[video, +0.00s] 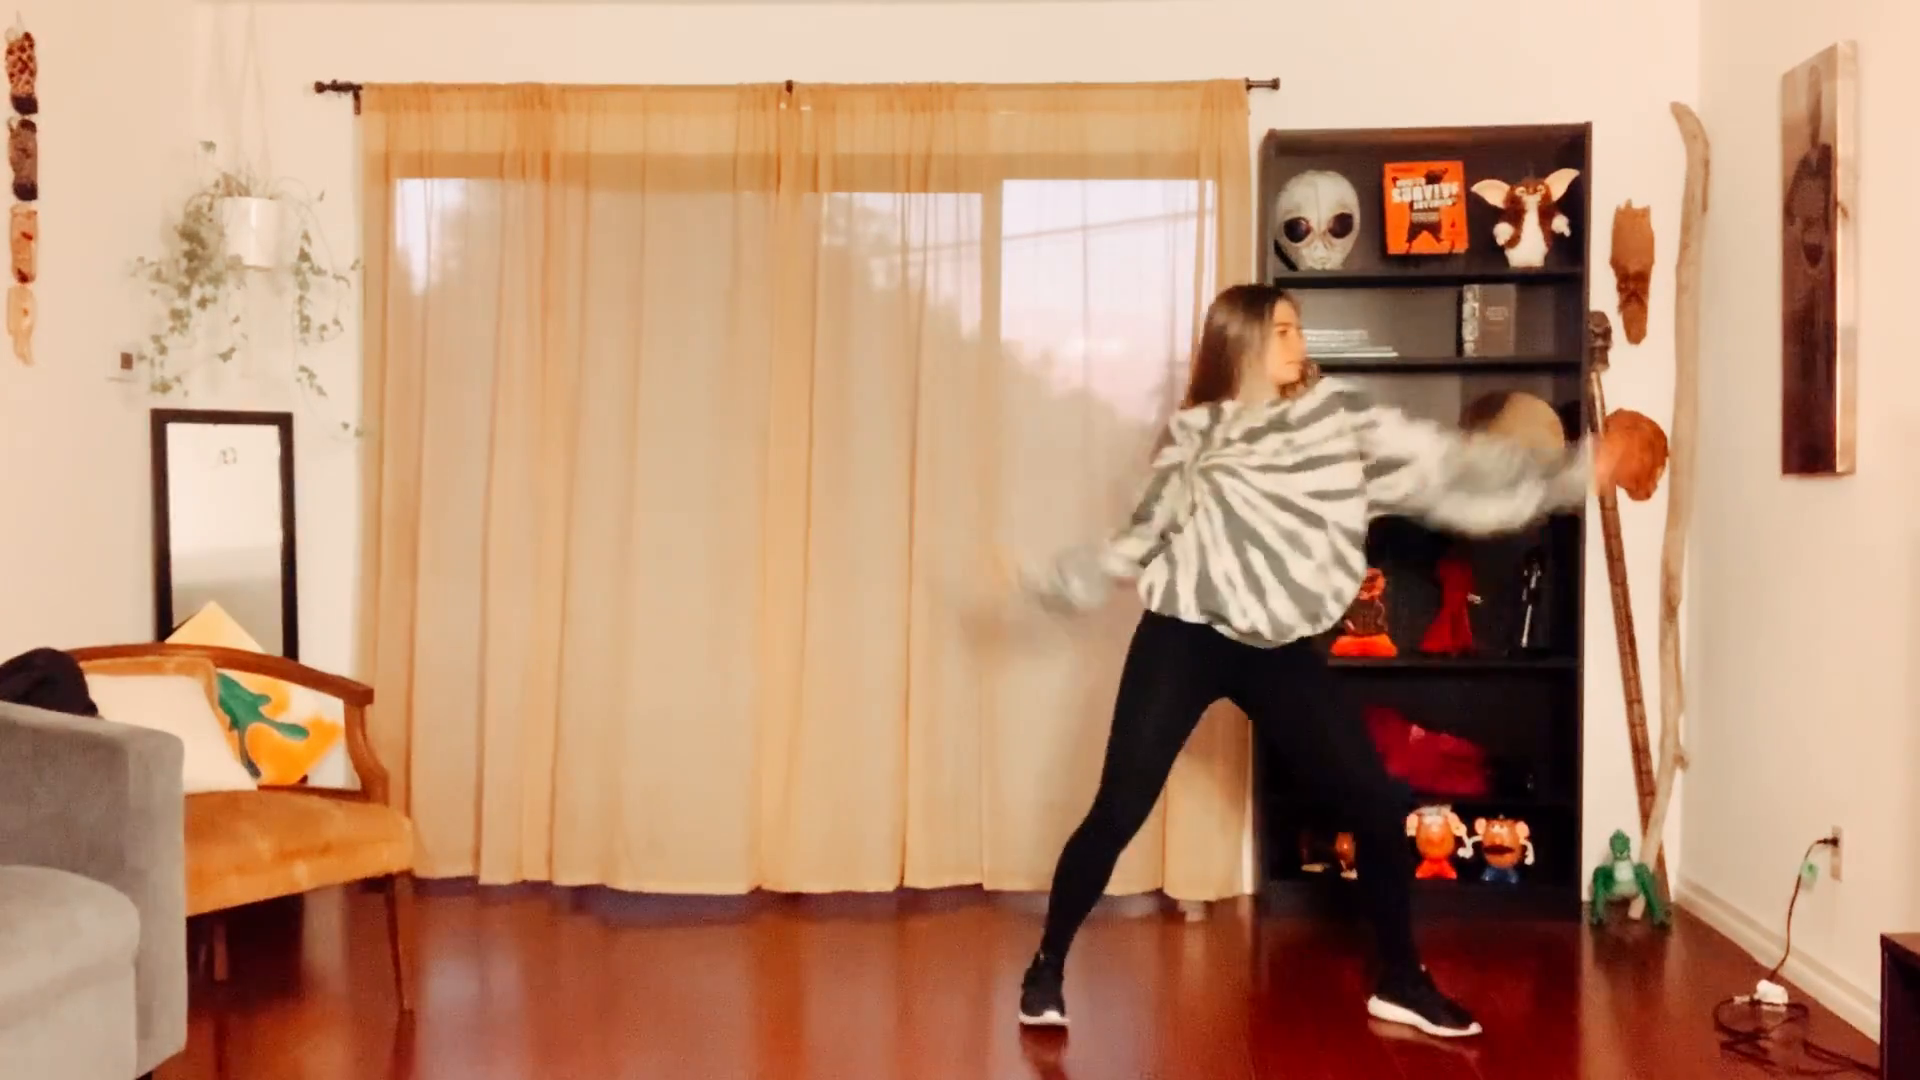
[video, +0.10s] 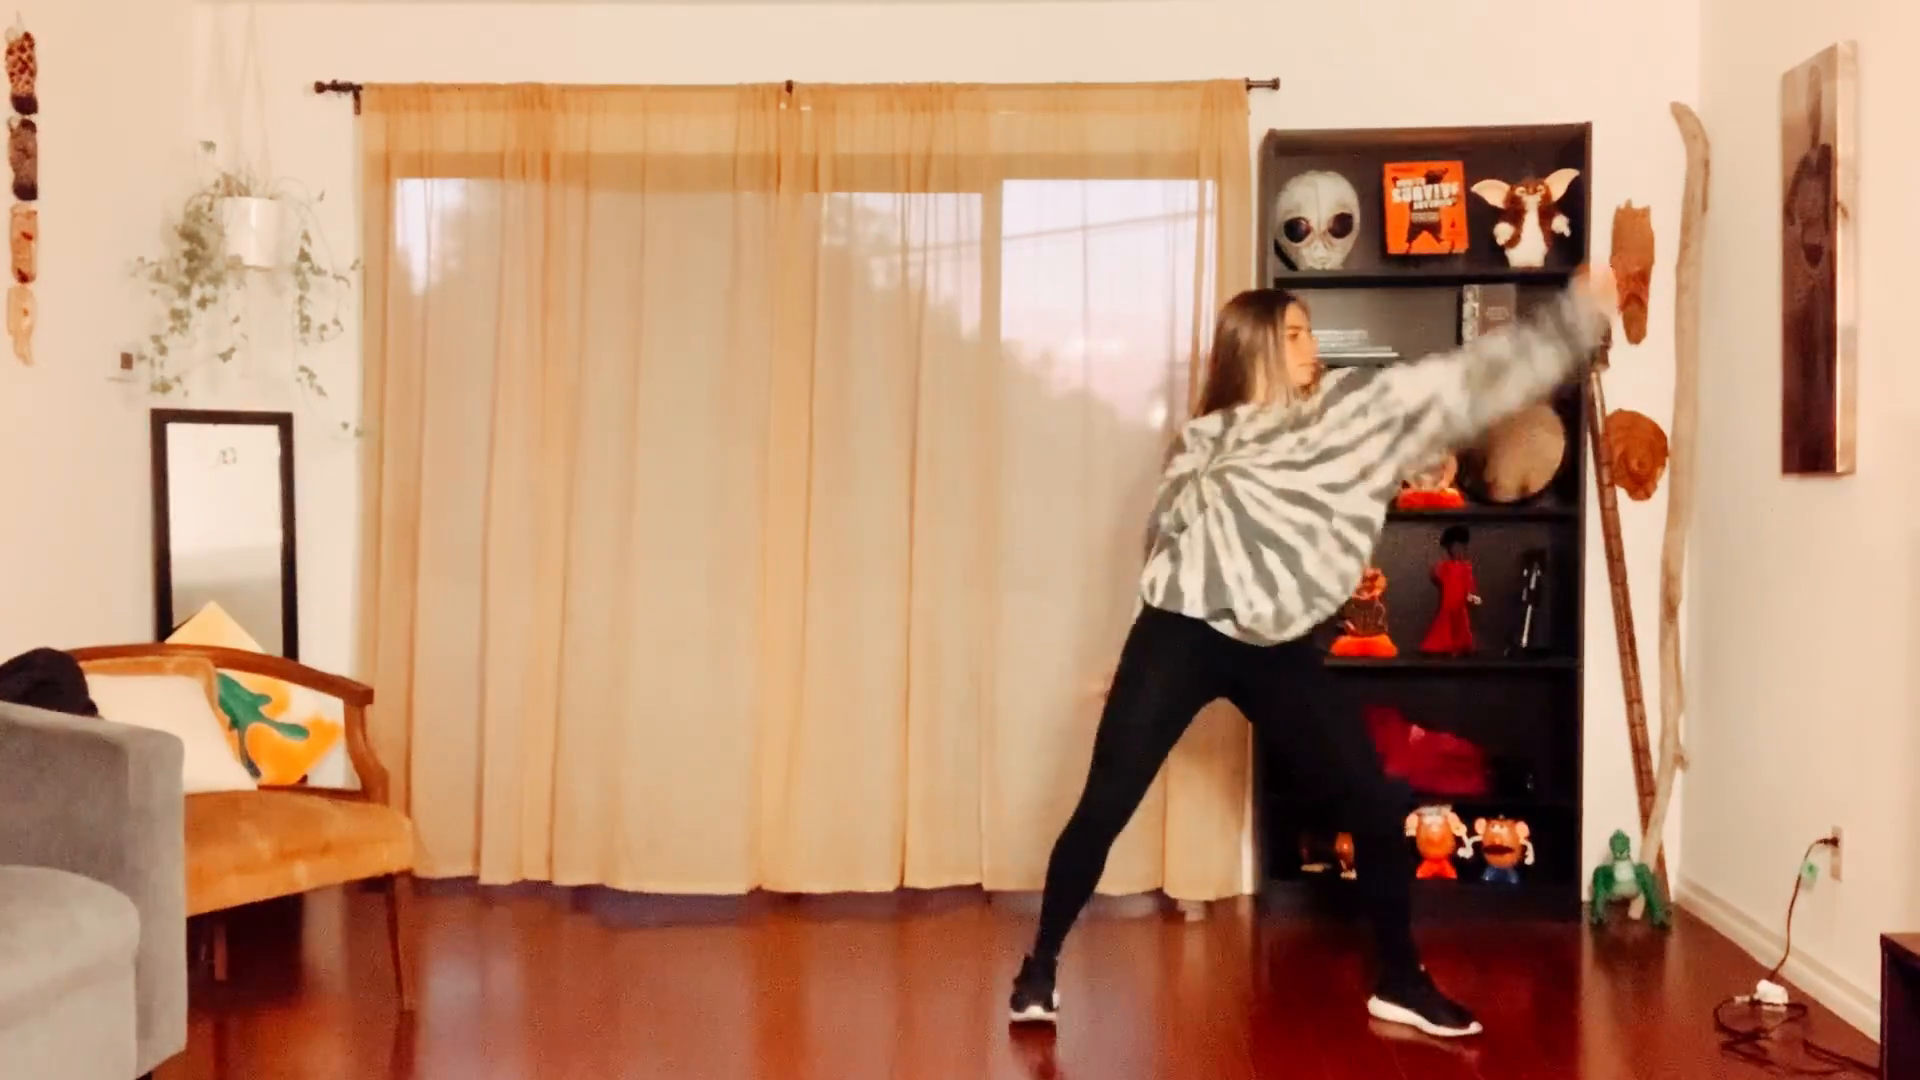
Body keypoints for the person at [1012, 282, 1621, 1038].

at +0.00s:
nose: (1299, 340)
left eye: (1298, 327)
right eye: (1283, 328)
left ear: (1296, 342)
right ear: (1243, 343)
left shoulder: (1344, 422)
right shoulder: (1200, 435)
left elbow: (1456, 470)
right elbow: (1139, 540)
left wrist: (1575, 472)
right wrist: (1048, 581)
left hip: (1284, 648)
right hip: (1182, 635)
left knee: (1377, 803)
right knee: (1120, 807)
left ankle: (1398, 979)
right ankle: (1048, 965)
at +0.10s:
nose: (1313, 347)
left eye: (1312, 332)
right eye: (1297, 336)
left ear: (1304, 343)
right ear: (1255, 352)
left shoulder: (1361, 407)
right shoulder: (1205, 438)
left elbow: (1473, 374)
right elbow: (1163, 543)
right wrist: (1138, 653)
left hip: (1281, 648)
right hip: (1179, 633)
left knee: (1373, 802)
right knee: (1105, 803)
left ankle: (1398, 980)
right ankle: (1040, 966)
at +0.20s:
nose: (1307, 341)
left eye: (1302, 328)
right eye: (1294, 328)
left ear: (1276, 340)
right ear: (1263, 338)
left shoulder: (1341, 409)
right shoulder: (1200, 439)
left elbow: (1451, 352)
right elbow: (1159, 543)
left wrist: (1556, 289)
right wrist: (1149, 608)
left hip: (1264, 648)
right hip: (1165, 636)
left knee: (1364, 802)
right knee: (1094, 805)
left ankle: (1398, 982)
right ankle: (1039, 967)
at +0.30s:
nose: (1282, 337)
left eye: (1280, 323)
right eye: (1267, 324)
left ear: (1270, 334)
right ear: (1228, 339)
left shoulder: (1326, 419)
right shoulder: (1163, 428)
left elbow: (1437, 435)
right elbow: (1080, 514)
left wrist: (1539, 439)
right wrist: (1011, 592)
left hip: (1249, 644)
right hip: (1145, 634)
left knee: (1326, 809)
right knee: (1095, 814)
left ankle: (1393, 977)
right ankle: (1042, 972)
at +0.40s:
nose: (1262, 340)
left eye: (1262, 326)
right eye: (1247, 327)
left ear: (1258, 338)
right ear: (1205, 337)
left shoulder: (1285, 440)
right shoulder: (1124, 409)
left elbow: (1360, 533)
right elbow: (1019, 395)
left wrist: (1432, 624)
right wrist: (940, 389)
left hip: (1212, 644)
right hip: (1116, 633)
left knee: (1295, 794)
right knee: (1089, 823)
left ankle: (1368, 974)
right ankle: (1041, 973)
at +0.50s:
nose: (1246, 344)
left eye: (1246, 331)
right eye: (1231, 331)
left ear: (1236, 346)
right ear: (1187, 341)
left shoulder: (1243, 453)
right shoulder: (1119, 399)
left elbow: (1267, 571)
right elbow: (1061, 306)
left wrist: (1313, 678)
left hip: (1177, 641)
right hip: (1095, 630)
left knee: (1280, 783)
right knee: (1088, 818)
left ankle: (1283, 974)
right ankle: (1039, 978)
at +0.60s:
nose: (1226, 341)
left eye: (1226, 328)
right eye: (1211, 328)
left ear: (1218, 342)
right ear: (1168, 335)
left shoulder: (1221, 447)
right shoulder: (1118, 408)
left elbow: (1220, 567)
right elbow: (1136, 302)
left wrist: (1243, 663)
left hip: (1163, 643)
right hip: (1091, 627)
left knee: (1256, 783)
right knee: (1089, 818)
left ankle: (1193, 950)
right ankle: (1001, 963)